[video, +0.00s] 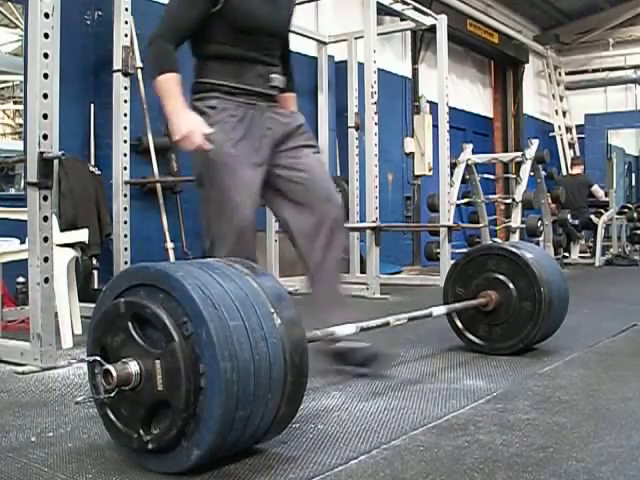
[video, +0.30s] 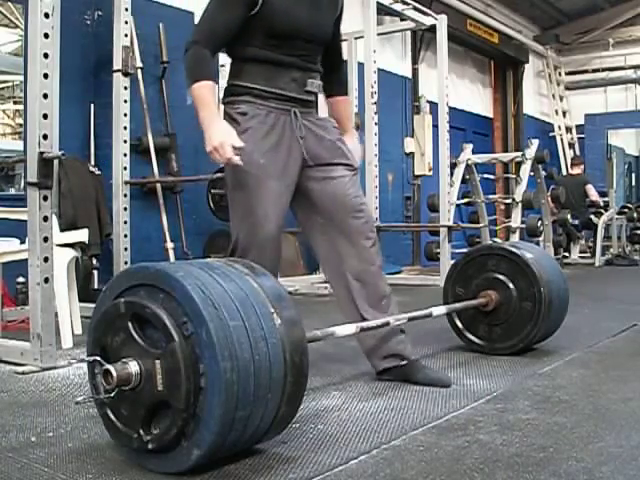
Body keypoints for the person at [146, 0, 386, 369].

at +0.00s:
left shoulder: (283, 4)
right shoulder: (206, 2)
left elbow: (279, 53)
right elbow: (160, 44)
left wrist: (290, 115)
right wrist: (178, 112)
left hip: (277, 115)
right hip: (225, 112)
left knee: (323, 207)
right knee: (234, 231)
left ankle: (333, 328)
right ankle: (235, 348)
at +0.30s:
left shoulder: (332, 4)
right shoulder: (245, 2)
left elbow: (332, 63)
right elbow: (200, 46)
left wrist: (347, 132)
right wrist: (211, 121)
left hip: (312, 120)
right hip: (256, 115)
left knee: (355, 229)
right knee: (260, 243)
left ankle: (389, 355)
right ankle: (248, 371)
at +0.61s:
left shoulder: (354, 4)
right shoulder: (268, 1)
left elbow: (355, 57)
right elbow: (226, 44)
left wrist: (374, 125)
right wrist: (249, 115)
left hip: (328, 119)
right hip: (271, 112)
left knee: (371, 220)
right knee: (260, 249)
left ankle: (384, 353)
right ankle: (244, 372)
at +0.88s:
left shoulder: (396, 6)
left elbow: (398, 47)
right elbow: (266, 23)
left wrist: (410, 115)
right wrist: (282, 102)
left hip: (361, 103)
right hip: (309, 95)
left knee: (379, 228)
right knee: (315, 226)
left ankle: (388, 355)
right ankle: (276, 347)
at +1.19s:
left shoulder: (412, 7)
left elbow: (410, 44)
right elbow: (290, 15)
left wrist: (427, 112)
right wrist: (306, 103)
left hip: (375, 95)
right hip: (327, 89)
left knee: (394, 217)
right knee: (347, 221)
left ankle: (392, 351)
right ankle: (354, 363)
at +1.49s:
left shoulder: (426, 7)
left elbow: (420, 50)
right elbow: (312, 11)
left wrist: (435, 112)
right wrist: (337, 96)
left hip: (387, 93)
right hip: (337, 84)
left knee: (402, 220)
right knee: (358, 220)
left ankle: (394, 351)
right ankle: (355, 364)